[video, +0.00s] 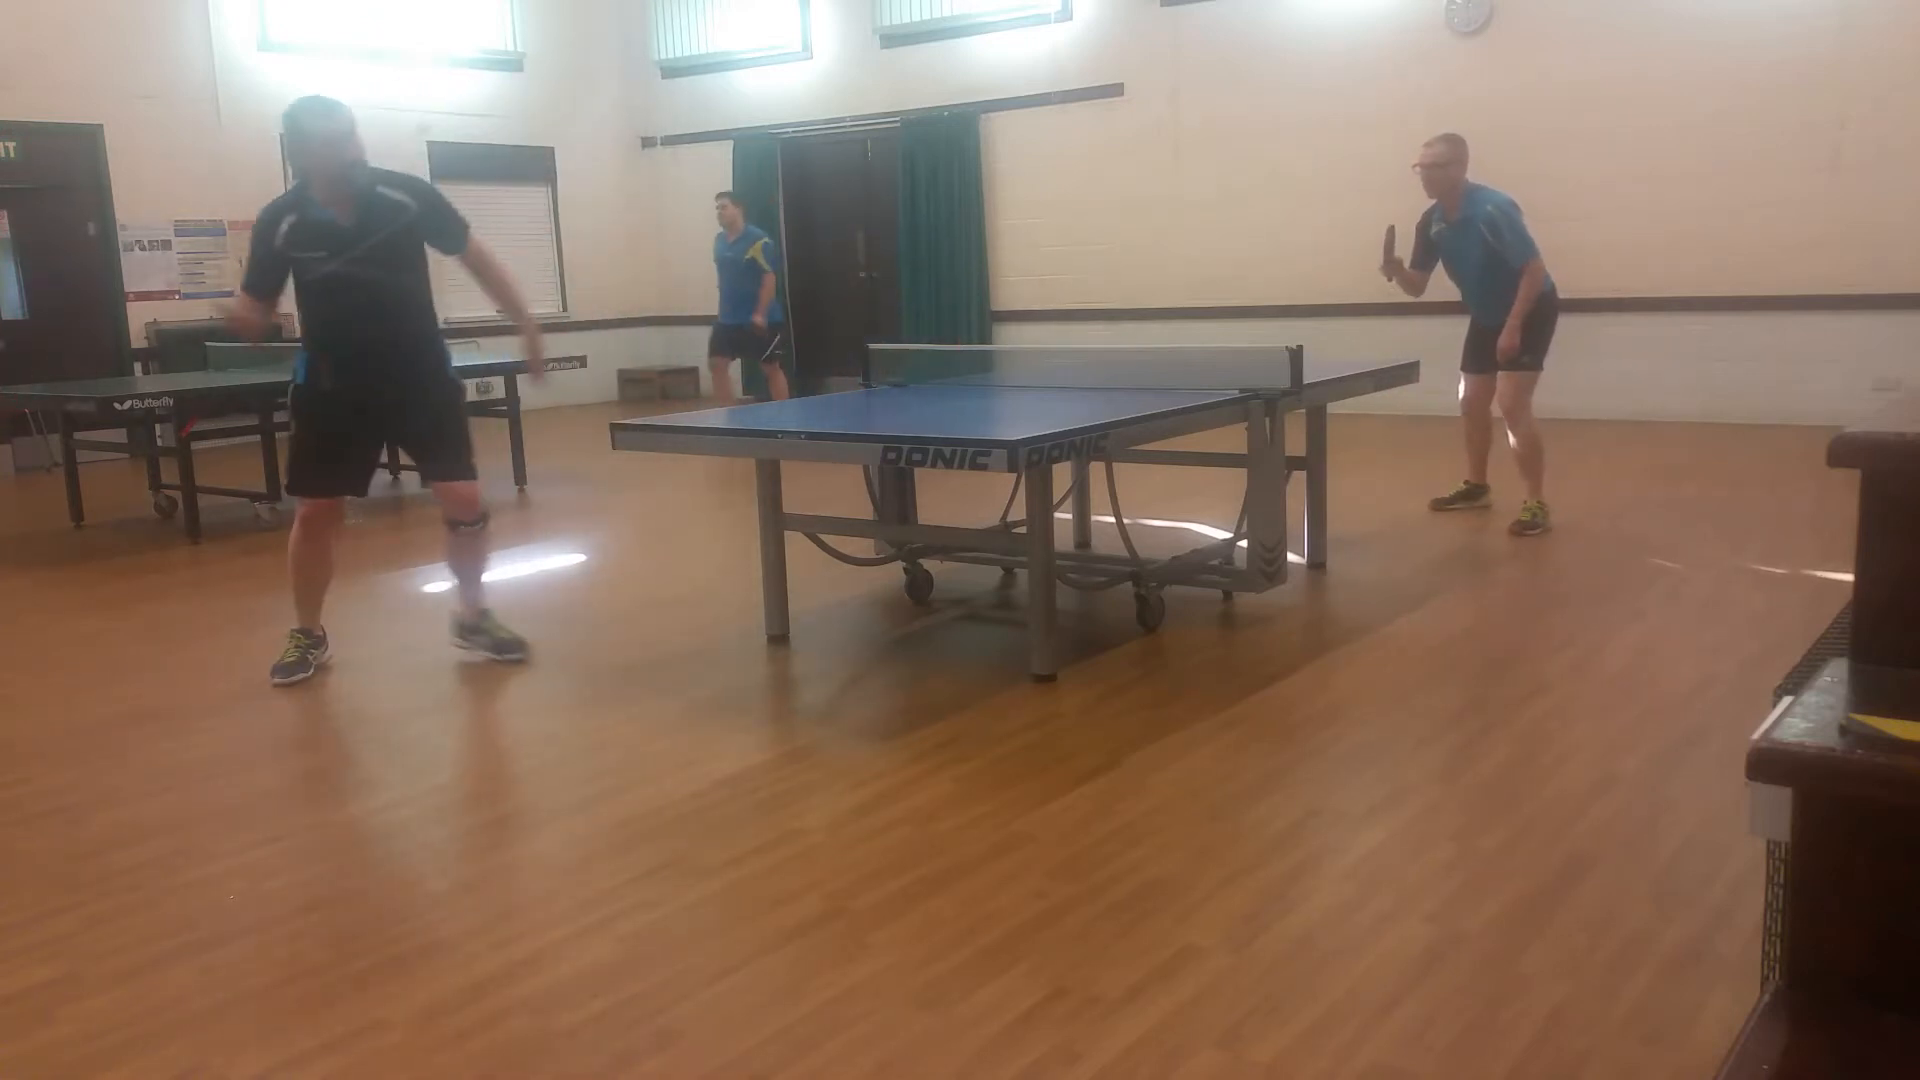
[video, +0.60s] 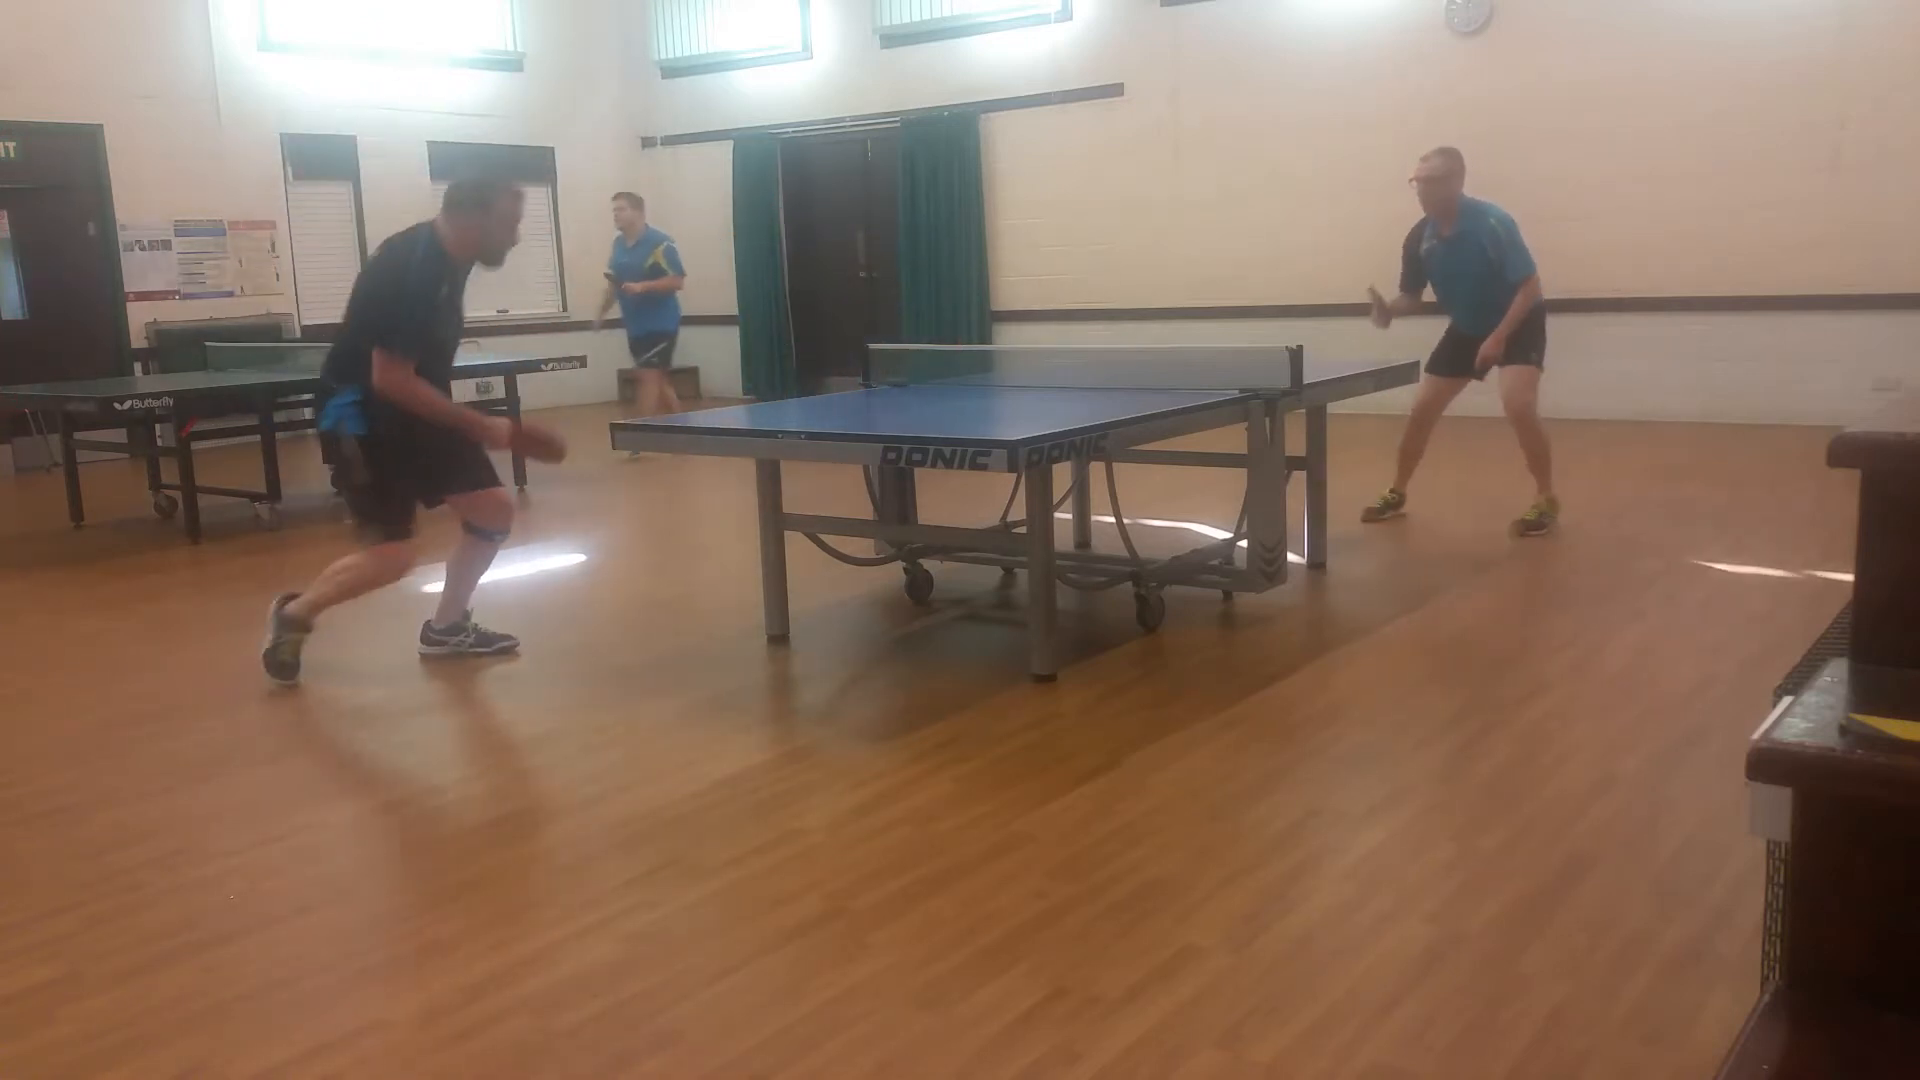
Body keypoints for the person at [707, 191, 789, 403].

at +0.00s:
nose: (719, 212)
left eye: (723, 207)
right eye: (717, 208)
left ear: (738, 209)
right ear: (717, 213)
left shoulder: (758, 240)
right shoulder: (720, 240)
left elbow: (769, 277)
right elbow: (724, 279)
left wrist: (761, 313)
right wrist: (725, 311)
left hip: (760, 319)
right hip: (728, 319)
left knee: (771, 368)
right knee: (718, 365)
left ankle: (784, 417)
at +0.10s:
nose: (701, 216)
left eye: (707, 212)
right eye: (700, 212)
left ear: (722, 215)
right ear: (702, 217)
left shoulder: (741, 244)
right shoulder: (704, 245)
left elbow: (751, 280)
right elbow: (710, 283)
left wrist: (729, 305)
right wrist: (711, 312)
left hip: (748, 321)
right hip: (716, 322)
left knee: (764, 371)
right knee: (706, 373)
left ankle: (783, 420)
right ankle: (698, 426)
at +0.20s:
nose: (681, 219)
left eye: (687, 214)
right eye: (681, 215)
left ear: (704, 217)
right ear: (680, 219)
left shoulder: (720, 246)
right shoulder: (684, 248)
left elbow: (734, 281)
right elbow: (693, 283)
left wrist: (702, 298)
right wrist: (686, 300)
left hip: (729, 325)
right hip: (697, 325)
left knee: (750, 375)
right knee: (686, 375)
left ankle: (776, 417)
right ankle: (685, 427)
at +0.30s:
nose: (662, 214)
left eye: (667, 209)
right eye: (662, 210)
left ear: (685, 212)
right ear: (662, 214)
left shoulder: (703, 240)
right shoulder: (666, 243)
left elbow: (717, 277)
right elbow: (673, 279)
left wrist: (684, 290)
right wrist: (662, 290)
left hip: (708, 323)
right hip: (677, 323)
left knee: (722, 375)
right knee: (675, 376)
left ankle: (759, 407)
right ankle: (683, 428)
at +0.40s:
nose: (647, 208)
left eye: (652, 203)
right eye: (646, 203)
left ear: (669, 206)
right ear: (647, 208)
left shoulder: (689, 236)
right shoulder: (650, 238)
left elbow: (702, 273)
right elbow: (655, 278)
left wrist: (666, 283)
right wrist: (648, 314)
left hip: (690, 318)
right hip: (662, 319)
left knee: (692, 370)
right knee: (671, 375)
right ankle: (682, 425)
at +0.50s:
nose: (631, 208)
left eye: (636, 203)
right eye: (630, 204)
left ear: (653, 206)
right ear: (631, 208)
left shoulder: (675, 236)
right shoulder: (633, 239)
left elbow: (690, 274)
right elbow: (633, 279)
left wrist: (655, 281)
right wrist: (624, 313)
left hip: (676, 317)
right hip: (649, 320)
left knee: (668, 372)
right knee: (662, 375)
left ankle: (682, 424)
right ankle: (677, 424)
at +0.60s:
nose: (615, 215)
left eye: (620, 210)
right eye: (614, 211)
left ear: (638, 212)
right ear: (615, 215)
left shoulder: (660, 242)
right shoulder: (619, 244)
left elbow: (677, 280)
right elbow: (614, 284)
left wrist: (642, 287)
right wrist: (602, 312)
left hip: (661, 323)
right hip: (635, 324)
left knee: (648, 377)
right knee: (658, 381)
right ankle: (685, 432)